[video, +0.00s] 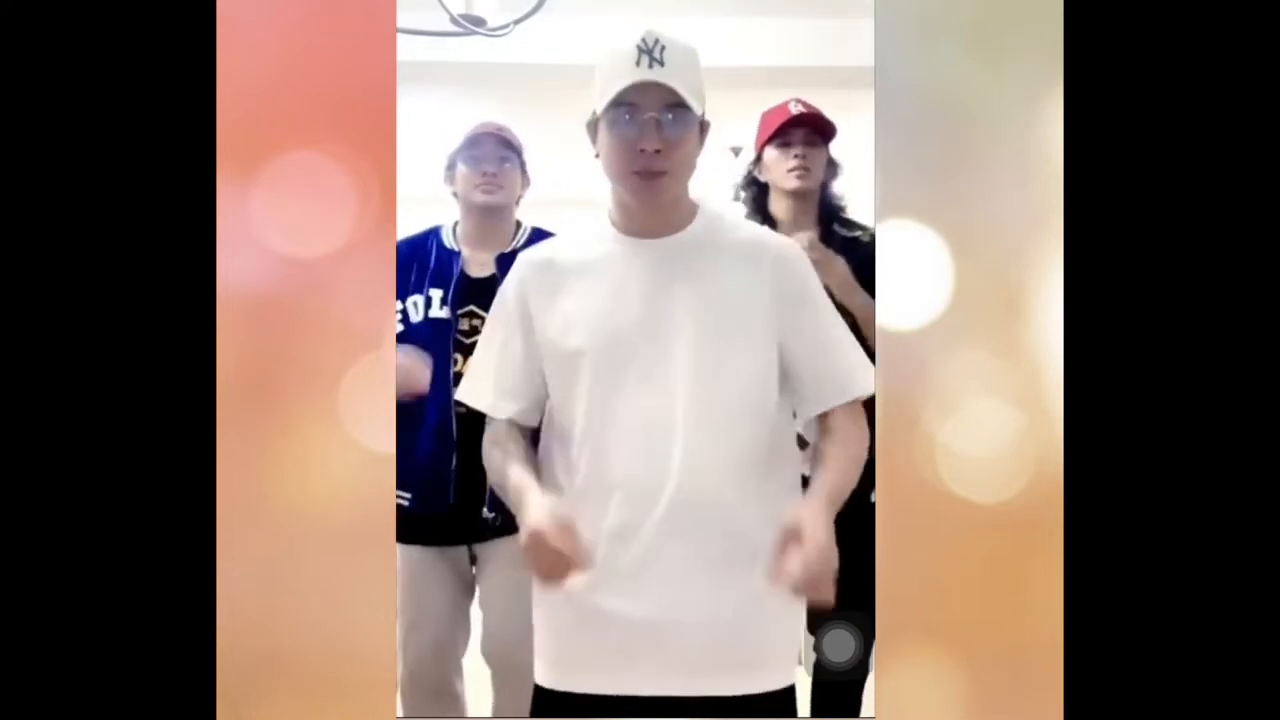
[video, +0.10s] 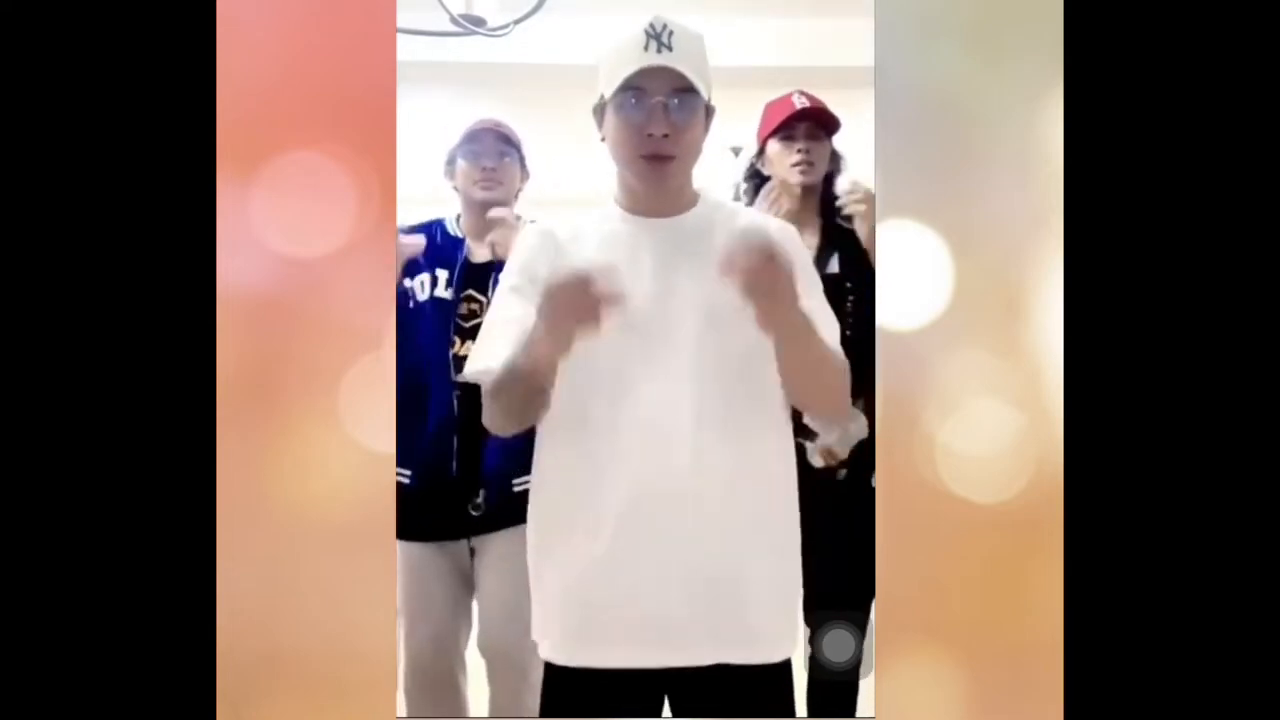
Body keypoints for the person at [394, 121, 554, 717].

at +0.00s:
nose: (490, 167)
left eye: (504, 158)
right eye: (475, 158)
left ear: (525, 181)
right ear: (451, 178)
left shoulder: (555, 261)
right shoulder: (402, 260)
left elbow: (580, 372)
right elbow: (348, 347)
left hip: (521, 504)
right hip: (424, 505)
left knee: (518, 661)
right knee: (425, 667)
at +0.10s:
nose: (488, 165)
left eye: (502, 156)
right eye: (475, 156)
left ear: (525, 175)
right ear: (451, 173)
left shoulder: (543, 255)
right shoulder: (411, 249)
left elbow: (571, 341)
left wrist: (523, 256)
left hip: (515, 489)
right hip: (424, 489)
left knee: (511, 651)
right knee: (428, 656)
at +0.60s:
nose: (476, 185)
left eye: (490, 170)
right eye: (458, 172)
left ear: (516, 184)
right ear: (435, 190)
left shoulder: (543, 263)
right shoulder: (402, 270)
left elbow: (572, 371)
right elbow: (370, 372)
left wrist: (564, 470)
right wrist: (394, 463)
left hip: (527, 497)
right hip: (437, 499)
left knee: (523, 656)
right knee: (439, 654)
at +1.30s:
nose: (548, 169)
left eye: (556, 156)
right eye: (531, 153)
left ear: (564, 166)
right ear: (489, 160)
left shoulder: (562, 252)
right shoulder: (417, 235)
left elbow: (577, 372)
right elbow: (362, 335)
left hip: (520, 497)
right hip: (424, 495)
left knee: (519, 666)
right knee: (432, 663)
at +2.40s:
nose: (518, 173)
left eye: (529, 161)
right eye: (502, 166)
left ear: (553, 178)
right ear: (482, 187)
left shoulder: (581, 261)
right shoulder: (454, 264)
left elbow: (596, 372)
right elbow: (440, 376)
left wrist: (552, 271)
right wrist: (414, 330)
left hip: (547, 490)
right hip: (465, 489)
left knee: (544, 652)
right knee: (449, 650)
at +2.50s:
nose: (522, 174)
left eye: (535, 164)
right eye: (506, 167)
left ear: (557, 186)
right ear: (487, 191)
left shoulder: (588, 269)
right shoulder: (455, 270)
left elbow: (617, 382)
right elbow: (427, 371)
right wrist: (367, 331)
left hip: (555, 505)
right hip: (467, 503)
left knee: (549, 668)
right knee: (441, 659)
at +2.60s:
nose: (524, 180)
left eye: (538, 169)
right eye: (511, 170)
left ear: (559, 187)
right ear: (490, 189)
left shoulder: (579, 269)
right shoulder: (460, 264)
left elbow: (606, 377)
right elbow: (421, 372)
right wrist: (434, 314)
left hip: (557, 501)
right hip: (471, 498)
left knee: (552, 665)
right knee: (443, 660)